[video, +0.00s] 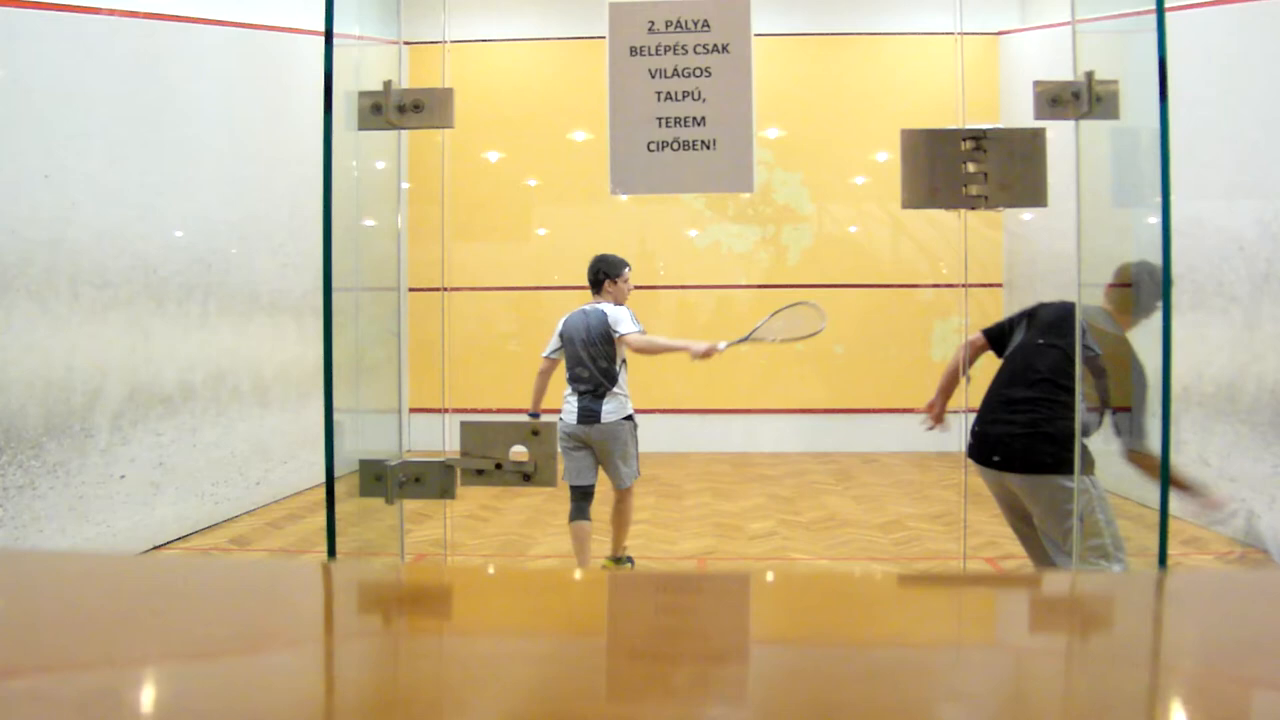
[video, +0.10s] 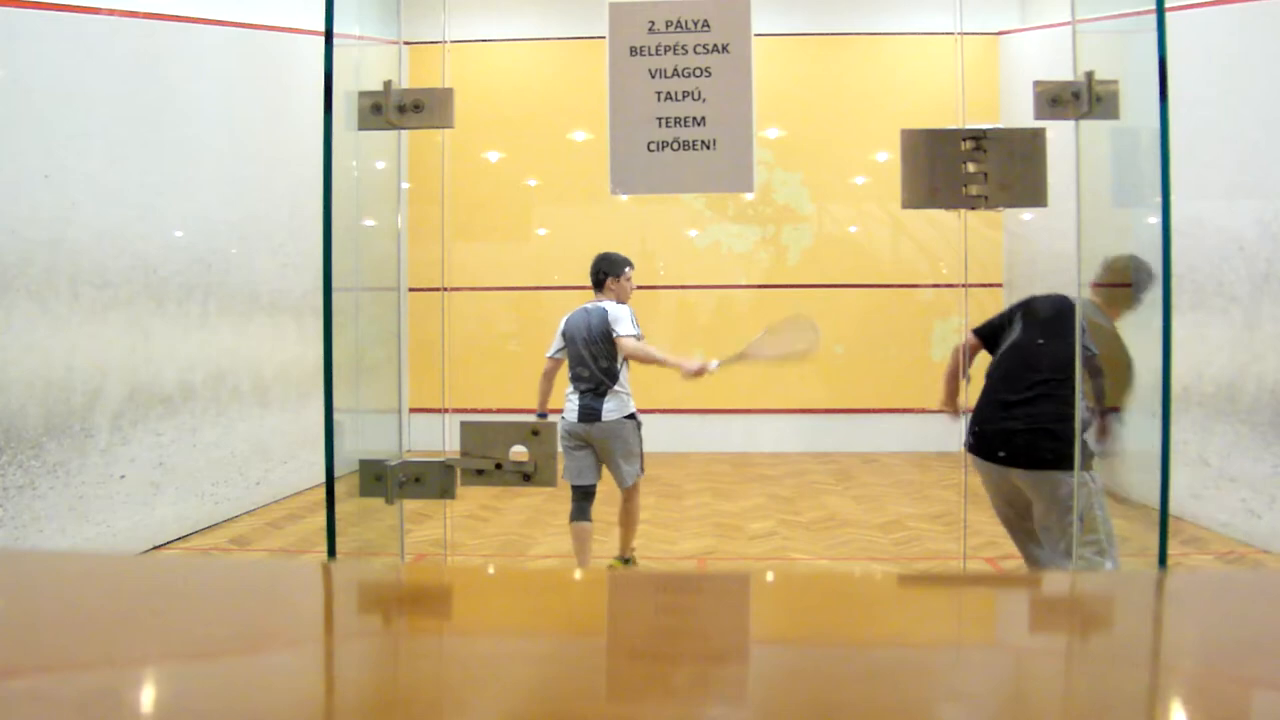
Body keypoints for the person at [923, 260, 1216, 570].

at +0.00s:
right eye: (1148, 305)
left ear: (1109, 288)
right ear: (1148, 308)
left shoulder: (1048, 313)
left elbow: (973, 345)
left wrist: (939, 399)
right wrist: (1192, 489)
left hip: (989, 449)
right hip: (1049, 457)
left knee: (1051, 563)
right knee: (1101, 564)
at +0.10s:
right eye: (1133, 298)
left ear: (1094, 284)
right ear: (1132, 301)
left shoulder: (1038, 306)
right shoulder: (1115, 355)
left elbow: (966, 347)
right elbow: (1107, 423)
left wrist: (949, 399)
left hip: (988, 445)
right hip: (1052, 455)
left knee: (1040, 556)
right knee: (1091, 558)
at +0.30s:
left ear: (1025, 249)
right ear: (1062, 263)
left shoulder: (990, 292)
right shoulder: (1060, 309)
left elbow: (944, 353)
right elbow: (1021, 353)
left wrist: (935, 341)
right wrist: (954, 339)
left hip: (1004, 446)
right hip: (1061, 442)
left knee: (1001, 549)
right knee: (1083, 542)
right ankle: (1101, 619)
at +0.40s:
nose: (982, 249)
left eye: (986, 243)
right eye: (989, 243)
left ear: (989, 249)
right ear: (1022, 258)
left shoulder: (969, 298)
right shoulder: (1029, 305)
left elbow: (928, 367)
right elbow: (990, 348)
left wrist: (948, 333)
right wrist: (926, 329)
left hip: (1001, 446)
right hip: (1051, 442)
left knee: (998, 555)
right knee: (1064, 542)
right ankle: (1115, 602)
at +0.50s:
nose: (943, 253)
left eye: (947, 247)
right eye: (948, 246)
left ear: (952, 252)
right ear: (983, 258)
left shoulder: (943, 300)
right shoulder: (992, 302)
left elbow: (913, 372)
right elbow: (963, 348)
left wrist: (912, 341)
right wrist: (907, 343)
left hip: (987, 440)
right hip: (1028, 438)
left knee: (1000, 546)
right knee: (1012, 530)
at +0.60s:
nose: (909, 258)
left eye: (913, 251)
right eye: (913, 250)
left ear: (922, 258)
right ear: (944, 262)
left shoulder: (910, 302)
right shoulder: (955, 302)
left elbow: (885, 374)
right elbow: (939, 375)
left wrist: (877, 408)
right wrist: (890, 369)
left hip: (968, 432)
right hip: (993, 427)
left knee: (987, 521)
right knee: (942, 504)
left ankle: (1022, 597)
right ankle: (939, 583)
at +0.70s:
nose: (875, 260)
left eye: (879, 254)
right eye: (878, 254)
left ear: (884, 261)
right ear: (912, 267)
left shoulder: (876, 310)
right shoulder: (926, 308)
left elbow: (854, 384)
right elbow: (925, 371)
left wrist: (840, 439)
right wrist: (882, 398)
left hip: (931, 437)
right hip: (954, 432)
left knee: (965, 527)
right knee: (900, 502)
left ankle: (1014, 591)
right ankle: (864, 577)